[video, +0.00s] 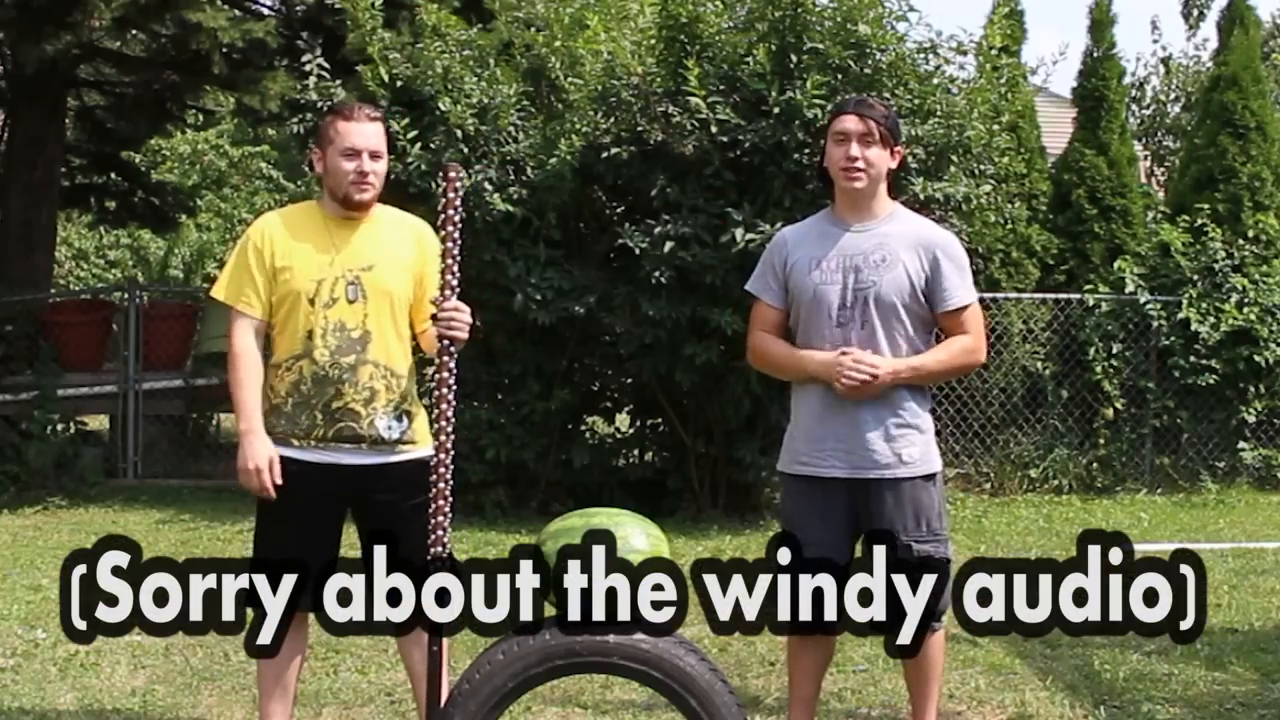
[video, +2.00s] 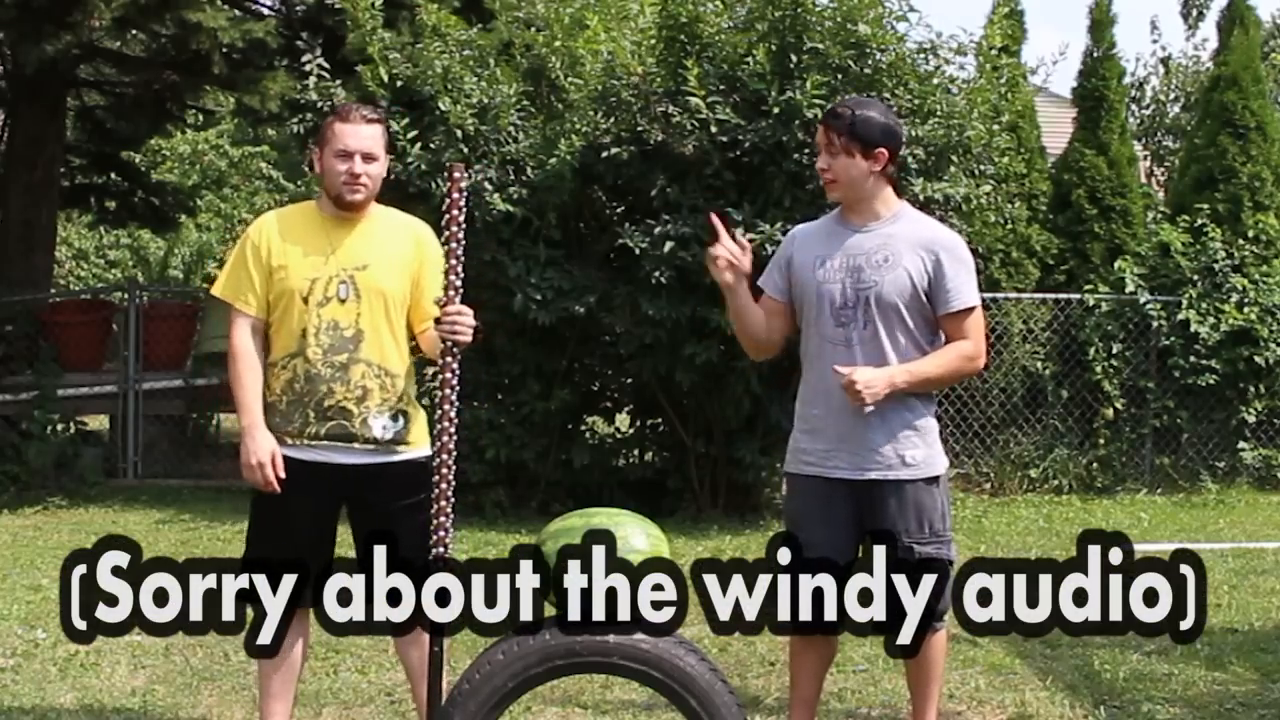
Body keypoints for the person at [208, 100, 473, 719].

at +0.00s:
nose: (365, 167)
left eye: (376, 155)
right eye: (350, 154)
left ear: (388, 164)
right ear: (317, 161)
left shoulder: (416, 237)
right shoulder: (272, 234)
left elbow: (429, 334)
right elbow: (244, 334)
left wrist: (453, 330)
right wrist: (251, 432)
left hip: (398, 457)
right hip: (299, 455)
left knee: (420, 604)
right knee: (282, 605)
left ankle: (439, 716)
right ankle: (275, 717)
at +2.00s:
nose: (356, 168)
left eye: (370, 157)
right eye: (344, 154)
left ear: (386, 166)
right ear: (316, 160)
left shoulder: (415, 238)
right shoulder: (271, 233)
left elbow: (429, 337)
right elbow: (245, 333)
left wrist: (454, 333)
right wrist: (253, 428)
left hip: (395, 459)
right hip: (297, 455)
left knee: (414, 605)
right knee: (282, 604)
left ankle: (434, 714)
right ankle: (274, 717)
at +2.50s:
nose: (369, 168)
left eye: (381, 157)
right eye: (356, 155)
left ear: (396, 166)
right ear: (328, 161)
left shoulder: (424, 239)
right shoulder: (282, 237)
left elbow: (446, 330)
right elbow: (254, 337)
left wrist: (457, 334)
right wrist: (253, 434)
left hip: (406, 458)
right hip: (307, 456)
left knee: (426, 603)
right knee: (293, 601)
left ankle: (438, 714)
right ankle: (277, 715)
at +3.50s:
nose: (362, 158)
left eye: (372, 148)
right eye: (348, 147)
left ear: (383, 161)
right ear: (316, 158)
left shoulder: (413, 234)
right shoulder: (276, 234)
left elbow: (450, 334)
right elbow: (266, 332)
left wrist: (434, 290)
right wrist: (353, 329)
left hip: (407, 449)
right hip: (307, 450)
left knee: (426, 599)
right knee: (290, 599)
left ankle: (437, 716)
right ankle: (276, 716)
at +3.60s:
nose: (368, 165)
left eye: (377, 154)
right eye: (353, 153)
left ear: (387, 163)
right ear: (319, 161)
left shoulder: (413, 239)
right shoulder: (278, 233)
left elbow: (440, 321)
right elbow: (267, 322)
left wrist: (458, 360)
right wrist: (351, 303)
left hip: (406, 451)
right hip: (307, 452)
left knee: (429, 599)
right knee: (291, 600)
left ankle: (436, 715)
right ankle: (275, 715)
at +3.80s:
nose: (381, 164)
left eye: (387, 153)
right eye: (367, 153)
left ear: (396, 161)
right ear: (330, 160)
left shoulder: (414, 245)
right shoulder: (285, 219)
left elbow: (438, 335)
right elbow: (274, 262)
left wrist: (459, 404)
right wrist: (353, 197)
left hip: (403, 449)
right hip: (306, 449)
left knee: (427, 596)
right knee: (292, 597)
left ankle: (438, 715)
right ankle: (275, 715)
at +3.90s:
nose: (387, 173)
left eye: (396, 160)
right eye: (374, 159)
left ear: (405, 166)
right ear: (339, 162)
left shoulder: (417, 246)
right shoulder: (289, 215)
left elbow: (437, 337)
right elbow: (283, 247)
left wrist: (454, 397)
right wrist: (346, 152)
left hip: (404, 448)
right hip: (307, 447)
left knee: (427, 594)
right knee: (292, 596)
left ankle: (438, 714)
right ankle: (273, 715)